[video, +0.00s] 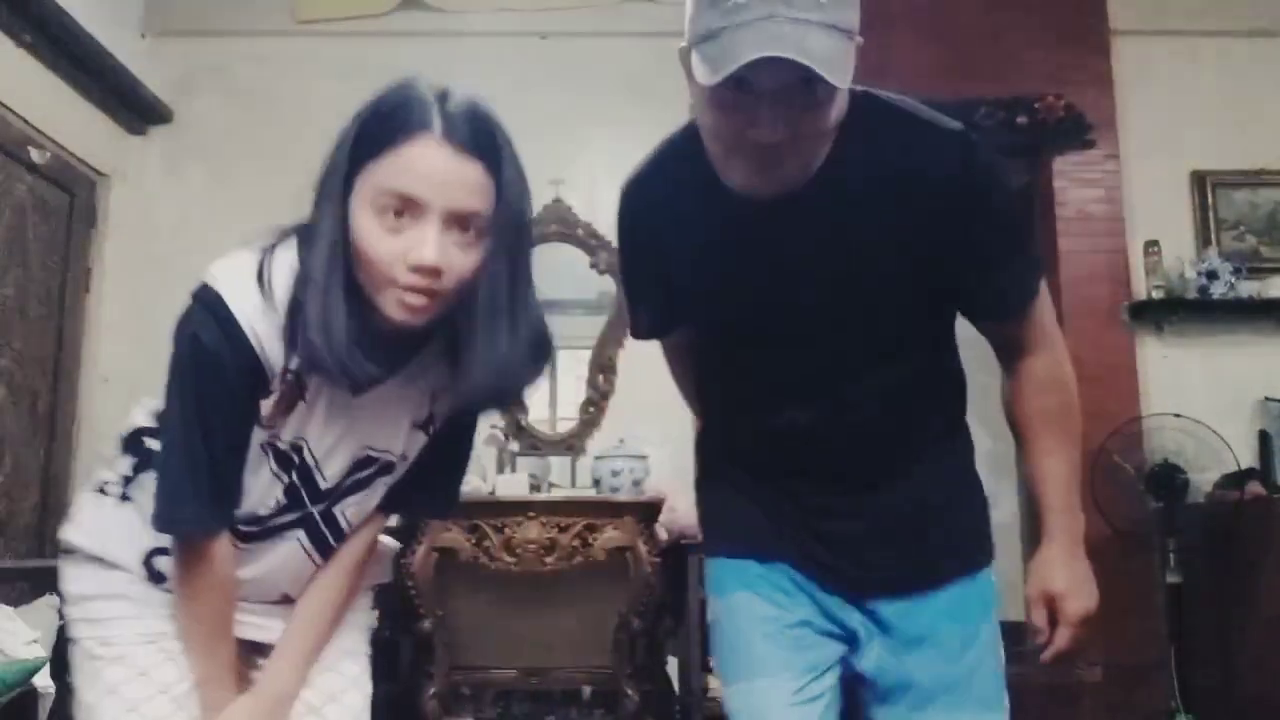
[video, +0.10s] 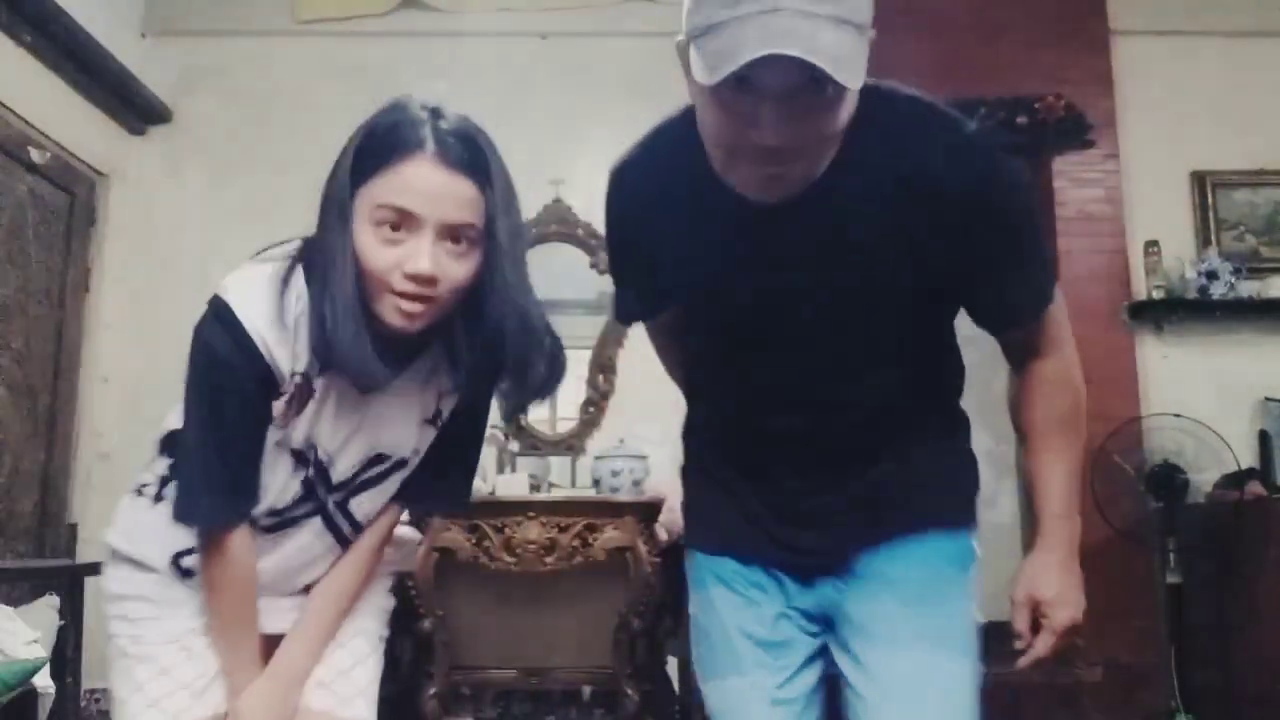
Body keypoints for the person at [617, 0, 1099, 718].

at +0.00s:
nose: (768, 121)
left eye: (798, 90)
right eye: (741, 88)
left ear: (844, 67)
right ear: (694, 68)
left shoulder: (940, 167)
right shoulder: (659, 201)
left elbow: (1033, 350)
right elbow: (697, 378)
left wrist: (1062, 539)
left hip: (930, 546)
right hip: (761, 551)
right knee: (771, 706)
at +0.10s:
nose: (770, 127)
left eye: (808, 89)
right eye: (739, 86)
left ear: (855, 78)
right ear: (692, 68)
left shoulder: (944, 167)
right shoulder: (648, 186)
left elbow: (1045, 347)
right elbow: (680, 348)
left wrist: (1056, 547)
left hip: (910, 527)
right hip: (737, 532)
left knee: (924, 704)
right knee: (751, 707)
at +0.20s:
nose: (778, 126)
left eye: (820, 84)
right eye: (745, 80)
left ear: (872, 72)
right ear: (691, 64)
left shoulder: (962, 156)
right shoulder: (641, 167)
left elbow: (1050, 340)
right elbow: (673, 329)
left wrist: (1050, 540)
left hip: (888, 487)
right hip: (720, 490)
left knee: (874, 706)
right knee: (733, 708)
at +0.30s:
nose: (785, 129)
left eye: (832, 83)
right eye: (748, 80)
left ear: (884, 71)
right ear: (688, 61)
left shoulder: (981, 160)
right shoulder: (628, 166)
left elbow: (1060, 355)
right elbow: (653, 326)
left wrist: (1054, 564)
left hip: (893, 525)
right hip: (704, 532)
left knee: (891, 705)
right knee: (722, 708)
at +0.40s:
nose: (780, 149)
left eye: (836, 97)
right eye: (742, 92)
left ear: (896, 81)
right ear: (679, 70)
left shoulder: (993, 175)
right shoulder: (611, 174)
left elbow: (1078, 397)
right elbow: (638, 356)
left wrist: (1073, 619)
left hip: (893, 569)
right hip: (683, 574)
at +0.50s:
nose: (779, 161)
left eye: (835, 103)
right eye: (731, 99)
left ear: (896, 87)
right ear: (656, 79)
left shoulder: (1003, 186)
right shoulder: (585, 186)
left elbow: (1094, 422)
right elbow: (616, 379)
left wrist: (1090, 664)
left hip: (896, 585)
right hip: (645, 577)